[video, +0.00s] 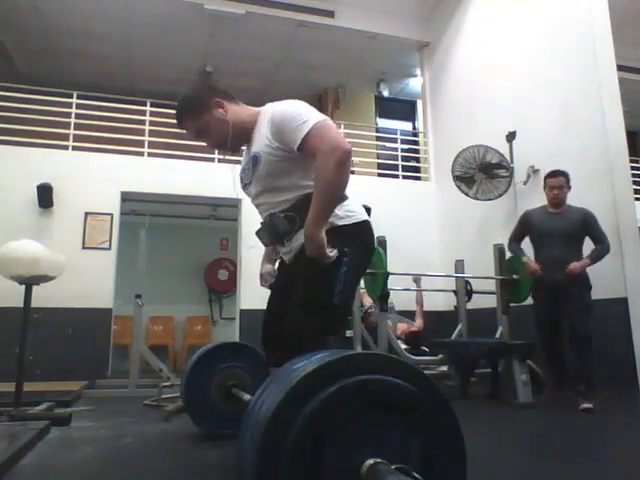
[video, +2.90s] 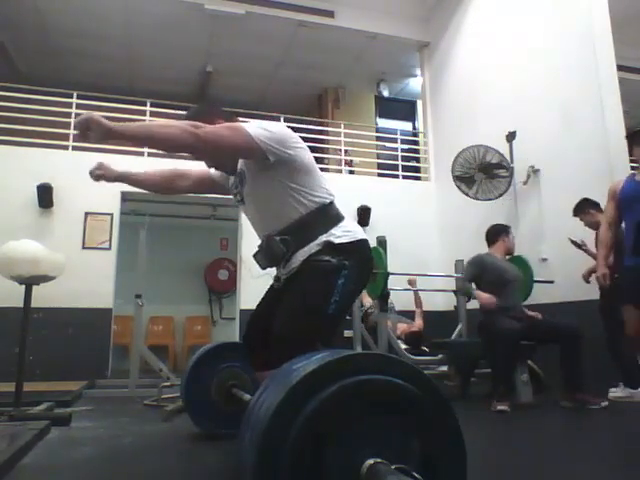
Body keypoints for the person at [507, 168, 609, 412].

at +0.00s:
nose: (555, 193)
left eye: (560, 188)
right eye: (550, 188)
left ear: (568, 189)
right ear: (544, 191)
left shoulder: (582, 216)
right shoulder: (530, 218)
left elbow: (603, 246)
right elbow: (513, 244)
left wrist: (585, 262)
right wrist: (527, 261)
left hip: (575, 287)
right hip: (544, 288)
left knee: (581, 337)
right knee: (549, 339)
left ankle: (584, 394)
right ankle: (557, 389)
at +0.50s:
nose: (560, 185)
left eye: (564, 180)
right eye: (556, 179)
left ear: (567, 183)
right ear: (543, 179)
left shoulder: (574, 212)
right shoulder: (522, 209)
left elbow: (592, 243)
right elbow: (498, 234)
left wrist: (577, 256)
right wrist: (520, 250)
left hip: (564, 280)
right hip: (533, 281)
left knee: (574, 335)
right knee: (526, 335)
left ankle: (583, 396)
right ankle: (517, 395)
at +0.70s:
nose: (551, 183)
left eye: (553, 179)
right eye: (547, 178)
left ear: (551, 181)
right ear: (530, 177)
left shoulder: (555, 210)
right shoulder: (510, 207)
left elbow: (562, 240)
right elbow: (490, 236)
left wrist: (563, 257)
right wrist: (510, 259)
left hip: (548, 280)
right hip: (518, 282)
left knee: (565, 335)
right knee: (516, 339)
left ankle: (580, 394)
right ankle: (512, 396)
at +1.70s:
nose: (574, 208)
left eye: (574, 204)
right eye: (570, 203)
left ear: (558, 206)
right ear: (555, 204)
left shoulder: (563, 238)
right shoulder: (528, 224)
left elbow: (567, 268)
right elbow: (499, 244)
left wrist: (564, 296)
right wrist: (510, 279)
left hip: (531, 290)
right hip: (505, 288)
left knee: (566, 329)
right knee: (504, 334)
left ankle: (563, 391)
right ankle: (499, 395)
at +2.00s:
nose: (564, 245)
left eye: (564, 240)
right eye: (561, 240)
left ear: (551, 242)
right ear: (548, 241)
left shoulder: (556, 267)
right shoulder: (519, 259)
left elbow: (562, 286)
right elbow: (486, 276)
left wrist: (558, 307)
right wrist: (497, 310)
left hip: (527, 314)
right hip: (500, 315)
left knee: (571, 334)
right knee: (503, 335)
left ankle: (564, 392)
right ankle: (497, 397)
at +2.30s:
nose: (533, 244)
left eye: (533, 239)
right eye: (531, 239)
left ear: (519, 241)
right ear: (521, 240)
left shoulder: (527, 266)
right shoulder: (497, 263)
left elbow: (533, 294)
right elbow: (482, 289)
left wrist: (545, 312)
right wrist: (507, 314)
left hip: (522, 319)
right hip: (496, 321)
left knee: (567, 334)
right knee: (511, 338)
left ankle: (564, 392)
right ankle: (498, 396)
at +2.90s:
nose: (514, 242)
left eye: (513, 239)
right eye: (512, 238)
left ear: (499, 240)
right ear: (503, 239)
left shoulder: (510, 268)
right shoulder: (480, 260)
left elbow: (509, 300)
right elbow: (461, 284)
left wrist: (526, 313)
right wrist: (479, 295)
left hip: (517, 317)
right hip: (494, 317)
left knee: (570, 332)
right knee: (507, 334)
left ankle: (573, 392)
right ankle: (501, 397)